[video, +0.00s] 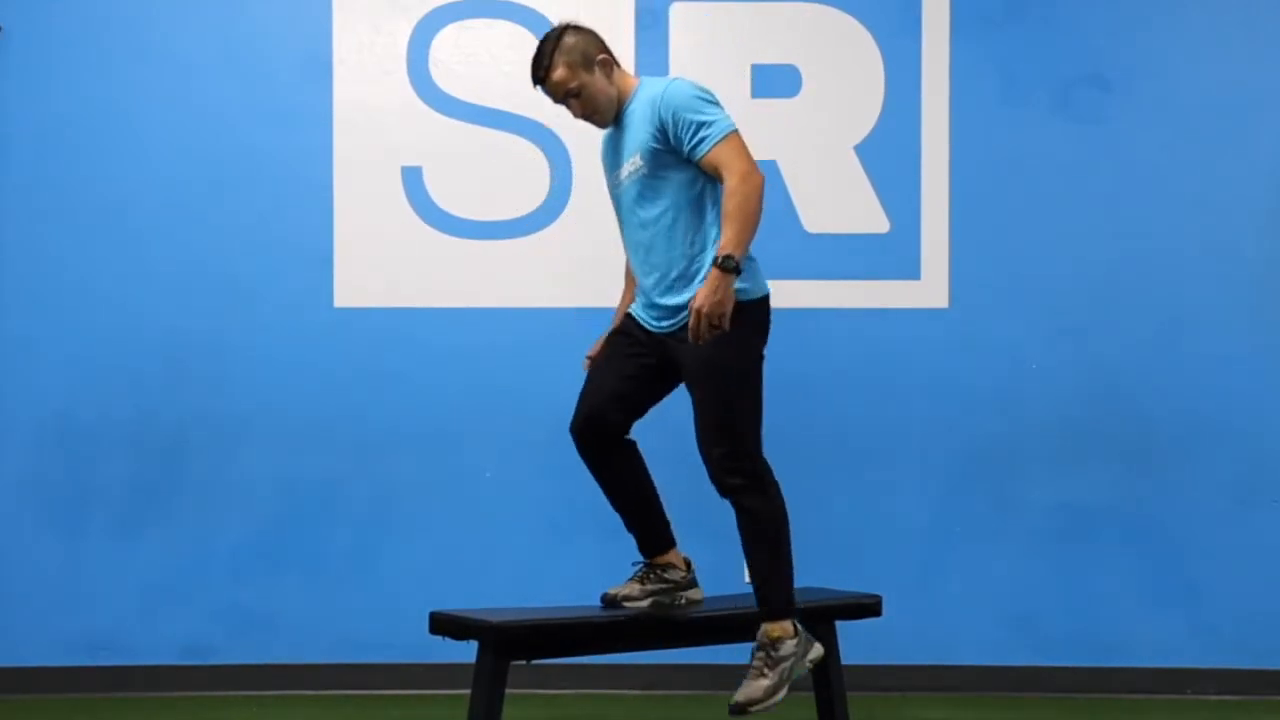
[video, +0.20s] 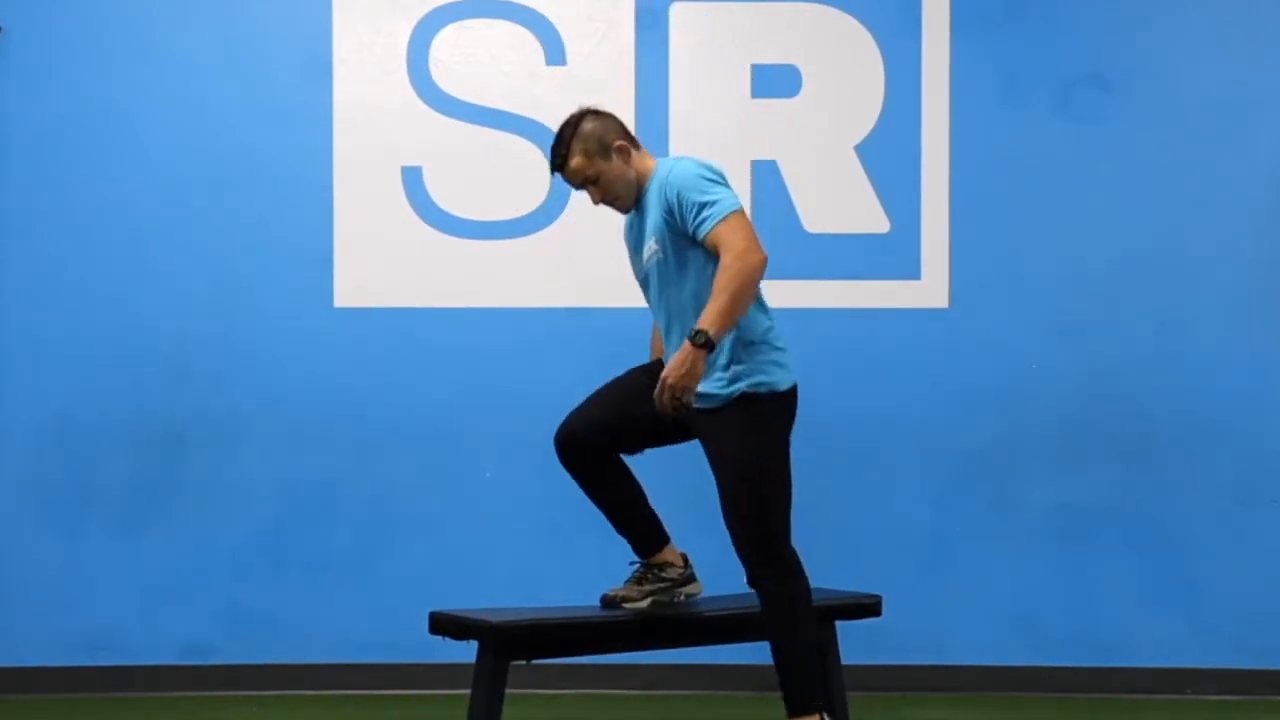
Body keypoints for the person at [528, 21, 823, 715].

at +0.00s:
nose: (570, 110)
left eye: (569, 94)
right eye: (560, 102)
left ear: (604, 63)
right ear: (578, 88)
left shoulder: (672, 100)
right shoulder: (614, 144)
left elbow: (745, 177)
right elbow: (643, 254)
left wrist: (723, 270)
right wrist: (618, 333)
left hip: (718, 311)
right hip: (652, 321)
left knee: (736, 465)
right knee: (595, 426)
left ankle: (782, 634)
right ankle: (667, 566)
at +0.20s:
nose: (590, 197)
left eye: (589, 181)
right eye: (581, 189)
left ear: (623, 151)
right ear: (613, 164)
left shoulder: (682, 181)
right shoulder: (638, 223)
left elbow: (746, 255)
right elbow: (665, 319)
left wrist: (697, 346)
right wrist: (659, 386)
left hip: (745, 389)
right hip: (685, 385)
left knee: (767, 558)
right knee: (579, 440)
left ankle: (810, 709)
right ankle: (665, 566)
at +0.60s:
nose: (667, 210)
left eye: (670, 193)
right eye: (658, 199)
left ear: (707, 170)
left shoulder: (777, 224)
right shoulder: (703, 238)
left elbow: (842, 318)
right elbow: (721, 341)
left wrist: (844, 426)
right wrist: (707, 433)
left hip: (790, 427)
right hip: (726, 406)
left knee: (801, 591)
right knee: (606, 427)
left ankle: (833, 715)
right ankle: (668, 561)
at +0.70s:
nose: (685, 204)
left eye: (689, 189)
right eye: (677, 194)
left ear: (729, 166)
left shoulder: (801, 226)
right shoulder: (717, 238)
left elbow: (866, 319)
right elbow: (730, 338)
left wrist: (874, 427)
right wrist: (703, 428)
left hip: (801, 428)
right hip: (735, 407)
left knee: (805, 592)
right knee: (612, 426)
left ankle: (834, 715)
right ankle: (668, 561)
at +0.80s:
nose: (706, 200)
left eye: (710, 185)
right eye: (698, 189)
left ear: (749, 161)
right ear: (704, 178)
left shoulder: (823, 224)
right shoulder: (733, 229)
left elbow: (881, 322)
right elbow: (741, 329)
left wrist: (884, 430)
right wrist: (705, 422)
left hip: (809, 428)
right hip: (742, 403)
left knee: (813, 598)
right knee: (618, 426)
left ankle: (837, 716)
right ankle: (667, 558)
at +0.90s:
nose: (723, 194)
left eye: (729, 179)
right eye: (716, 182)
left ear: (768, 158)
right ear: (717, 173)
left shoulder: (840, 220)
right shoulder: (745, 223)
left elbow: (895, 322)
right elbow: (748, 323)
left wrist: (879, 426)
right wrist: (707, 415)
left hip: (813, 428)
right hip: (747, 400)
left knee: (816, 596)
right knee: (624, 417)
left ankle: (837, 716)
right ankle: (664, 551)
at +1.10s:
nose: (745, 184)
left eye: (751, 169)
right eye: (737, 171)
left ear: (792, 151)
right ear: (739, 162)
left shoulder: (854, 214)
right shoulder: (763, 214)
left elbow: (904, 319)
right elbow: (761, 312)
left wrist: (870, 416)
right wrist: (733, 380)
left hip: (817, 426)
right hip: (754, 394)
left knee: (817, 588)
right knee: (640, 425)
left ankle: (837, 714)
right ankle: (745, 539)